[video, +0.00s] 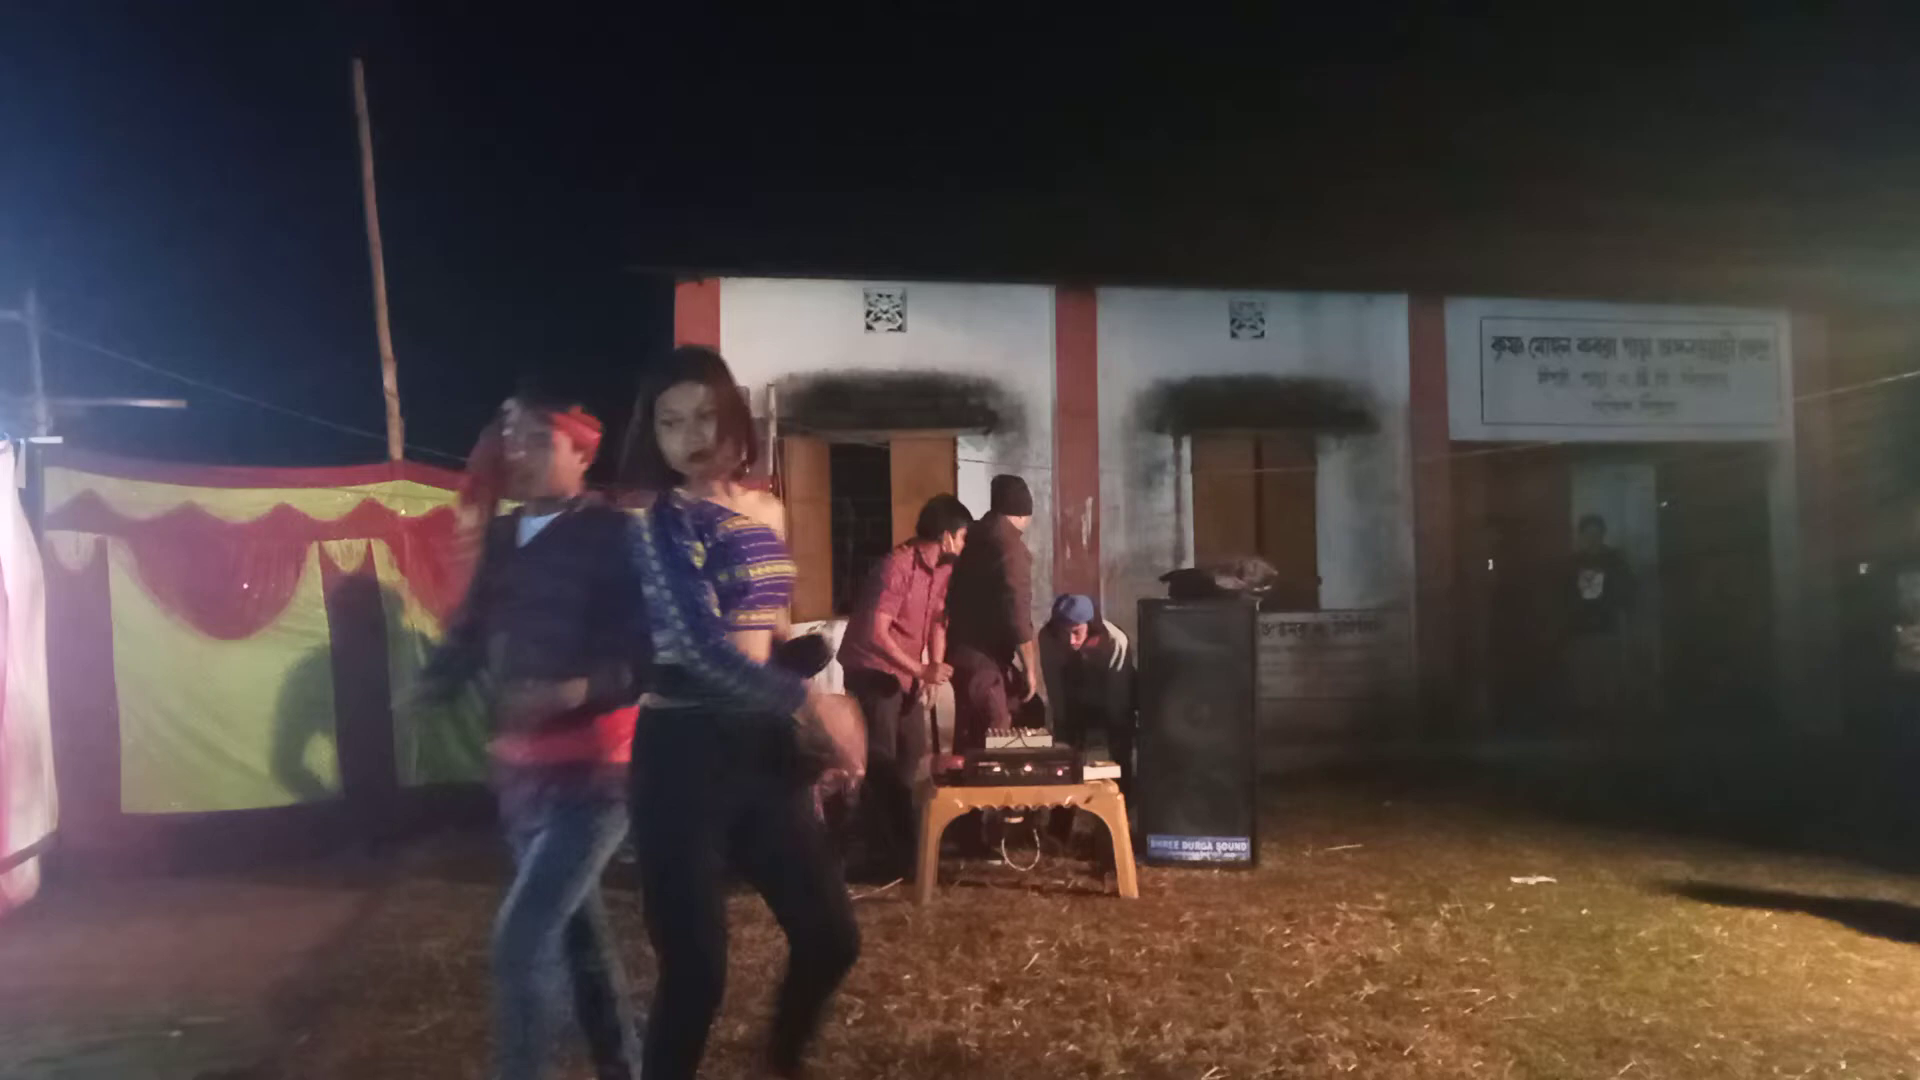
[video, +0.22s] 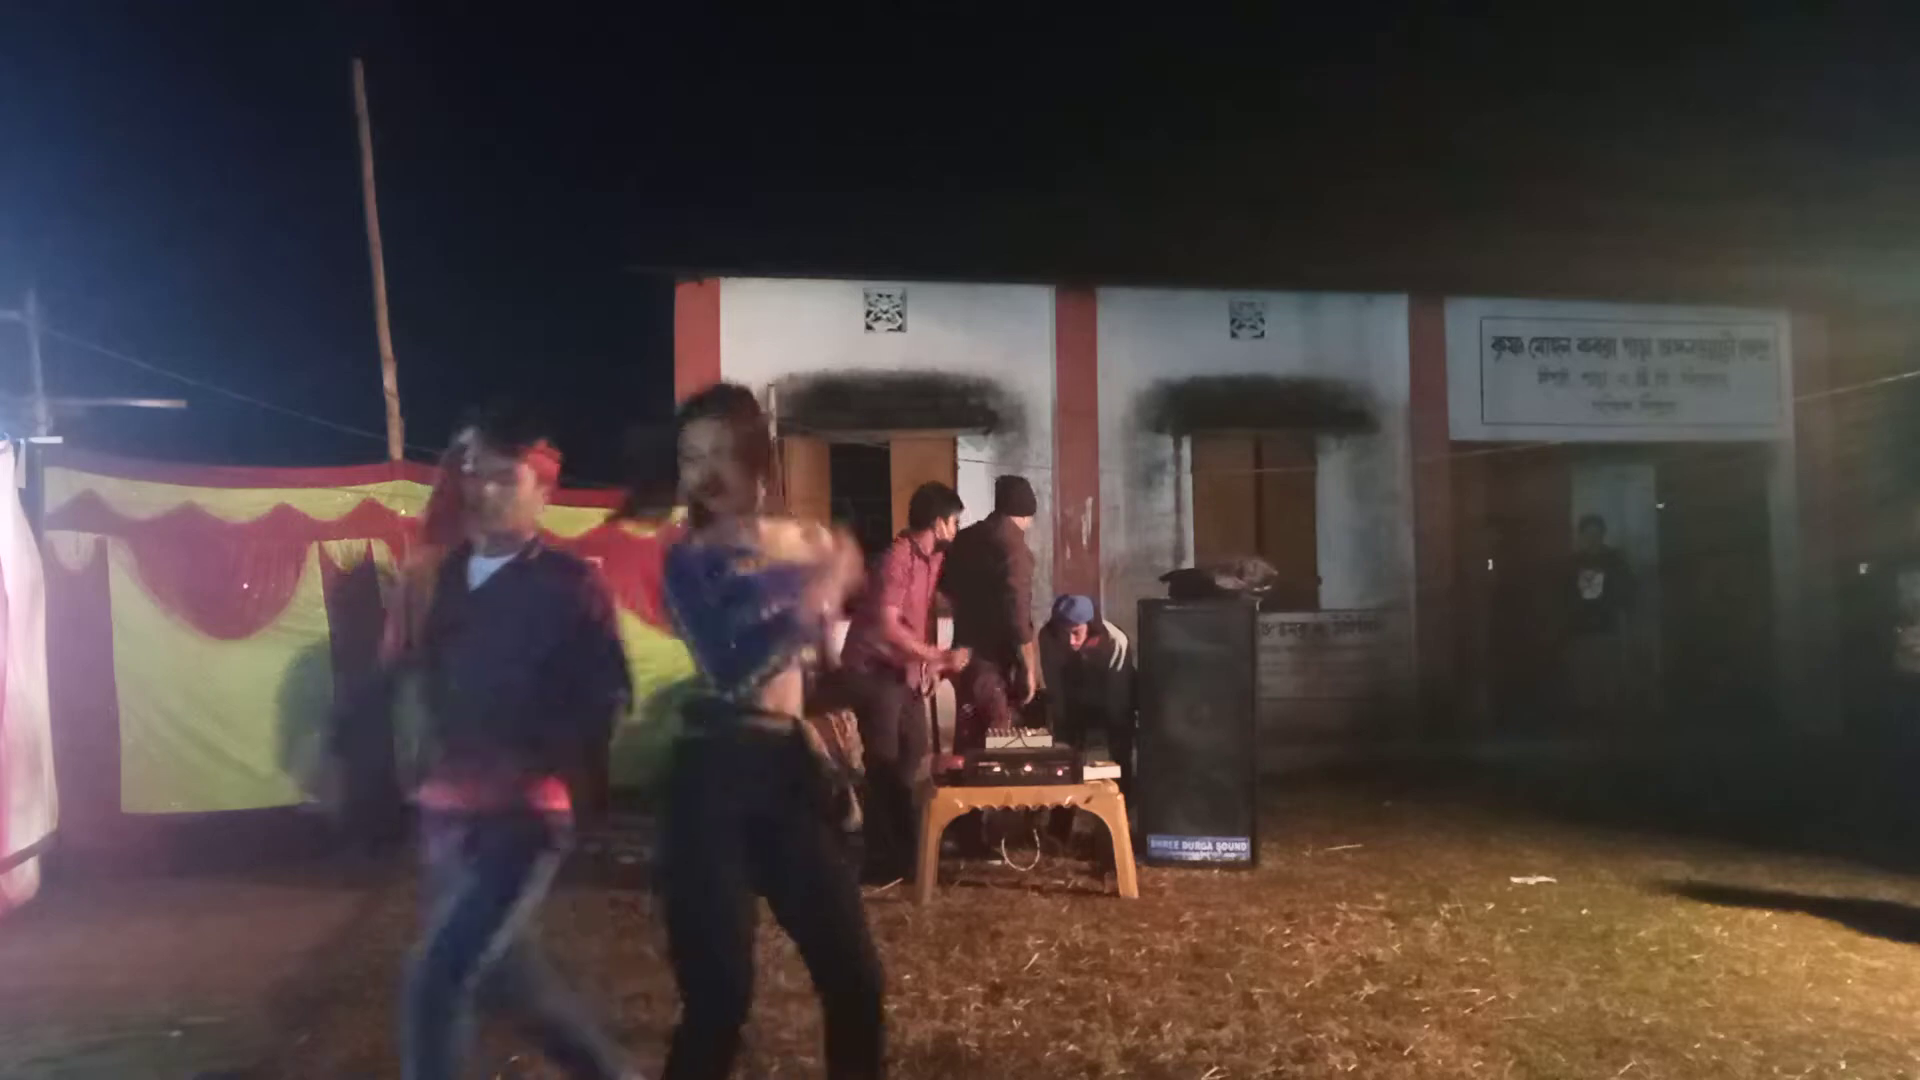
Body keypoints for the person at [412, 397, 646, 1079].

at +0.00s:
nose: (514, 452)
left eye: (532, 440)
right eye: (510, 438)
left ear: (576, 451)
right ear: (501, 450)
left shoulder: (614, 533)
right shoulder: (501, 536)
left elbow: (641, 659)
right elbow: (471, 633)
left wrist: (573, 690)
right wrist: (431, 682)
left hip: (596, 773)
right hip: (520, 773)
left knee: (520, 944)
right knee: (583, 948)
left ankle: (522, 1068)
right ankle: (622, 1065)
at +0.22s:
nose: (483, 494)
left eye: (502, 479)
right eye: (474, 477)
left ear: (542, 488)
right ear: (458, 481)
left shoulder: (571, 582)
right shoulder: (443, 577)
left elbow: (604, 694)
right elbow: (416, 678)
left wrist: (537, 768)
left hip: (531, 805)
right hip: (446, 801)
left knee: (439, 975)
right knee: (508, 974)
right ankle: (611, 1069)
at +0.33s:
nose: (452, 474)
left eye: (471, 459)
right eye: (440, 456)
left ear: (507, 472)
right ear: (421, 469)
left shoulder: (538, 571)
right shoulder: (379, 569)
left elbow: (602, 663)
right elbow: (286, 628)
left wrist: (572, 740)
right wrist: (238, 691)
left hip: (478, 817)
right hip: (382, 814)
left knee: (422, 992)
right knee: (365, 989)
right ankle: (486, 1056)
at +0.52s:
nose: (399, 440)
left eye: (419, 426)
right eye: (391, 422)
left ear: (453, 446)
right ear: (366, 432)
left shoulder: (496, 539)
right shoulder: (317, 523)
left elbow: (572, 622)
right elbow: (233, 574)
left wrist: (578, 708)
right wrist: (183, 623)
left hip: (428, 797)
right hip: (317, 791)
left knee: (399, 983)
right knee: (273, 974)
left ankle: (399, 1071)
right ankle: (257, 1066)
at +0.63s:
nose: (394, 484)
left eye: (408, 468)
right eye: (379, 464)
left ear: (422, 480)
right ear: (338, 470)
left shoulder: (449, 596)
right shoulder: (266, 570)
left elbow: (497, 718)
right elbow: (187, 670)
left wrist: (516, 807)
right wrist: (213, 778)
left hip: (398, 837)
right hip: (283, 830)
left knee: (366, 1034)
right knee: (206, 1012)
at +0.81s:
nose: (375, 462)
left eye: (384, 444)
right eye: (359, 440)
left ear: (388, 455)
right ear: (303, 445)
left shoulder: (383, 563)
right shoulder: (226, 542)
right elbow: (199, 687)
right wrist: (331, 666)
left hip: (304, 809)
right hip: (191, 802)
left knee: (327, 1008)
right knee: (133, 998)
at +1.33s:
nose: (322, 475)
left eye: (333, 459)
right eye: (303, 456)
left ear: (345, 472)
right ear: (256, 463)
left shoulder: (349, 558)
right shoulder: (207, 543)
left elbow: (391, 644)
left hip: (213, 801)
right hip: (98, 793)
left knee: (306, 982)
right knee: (56, 999)